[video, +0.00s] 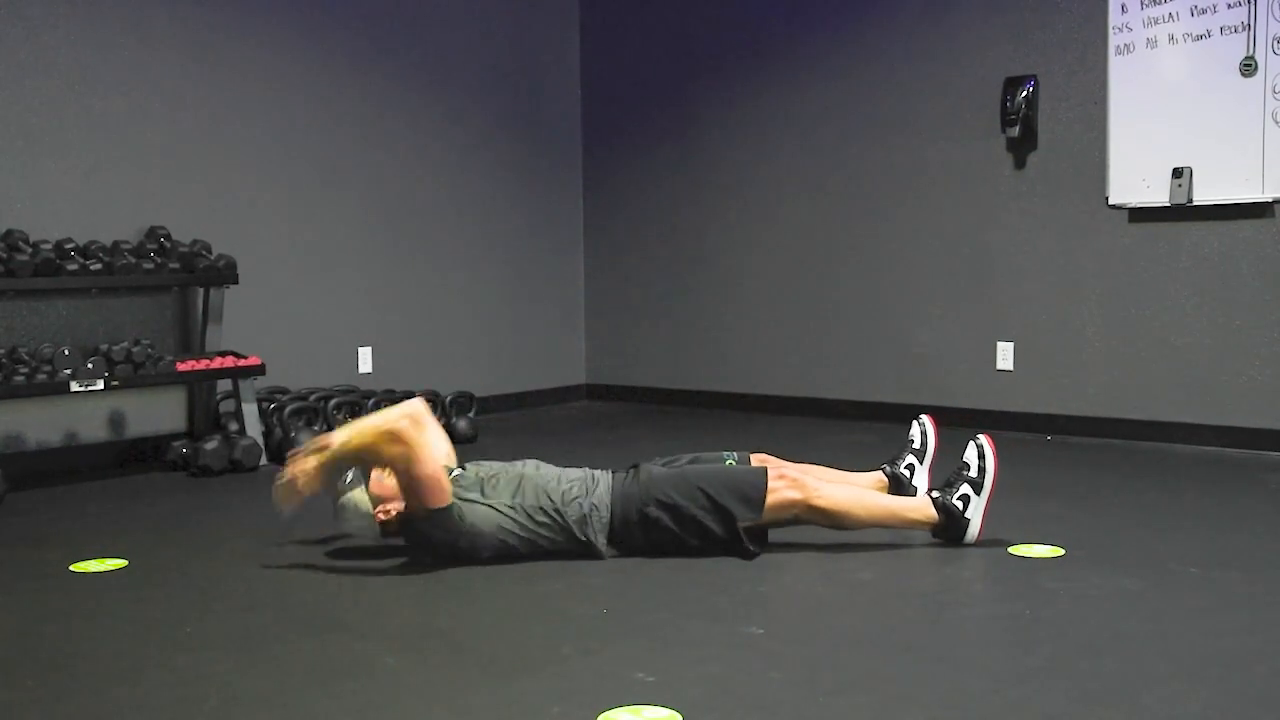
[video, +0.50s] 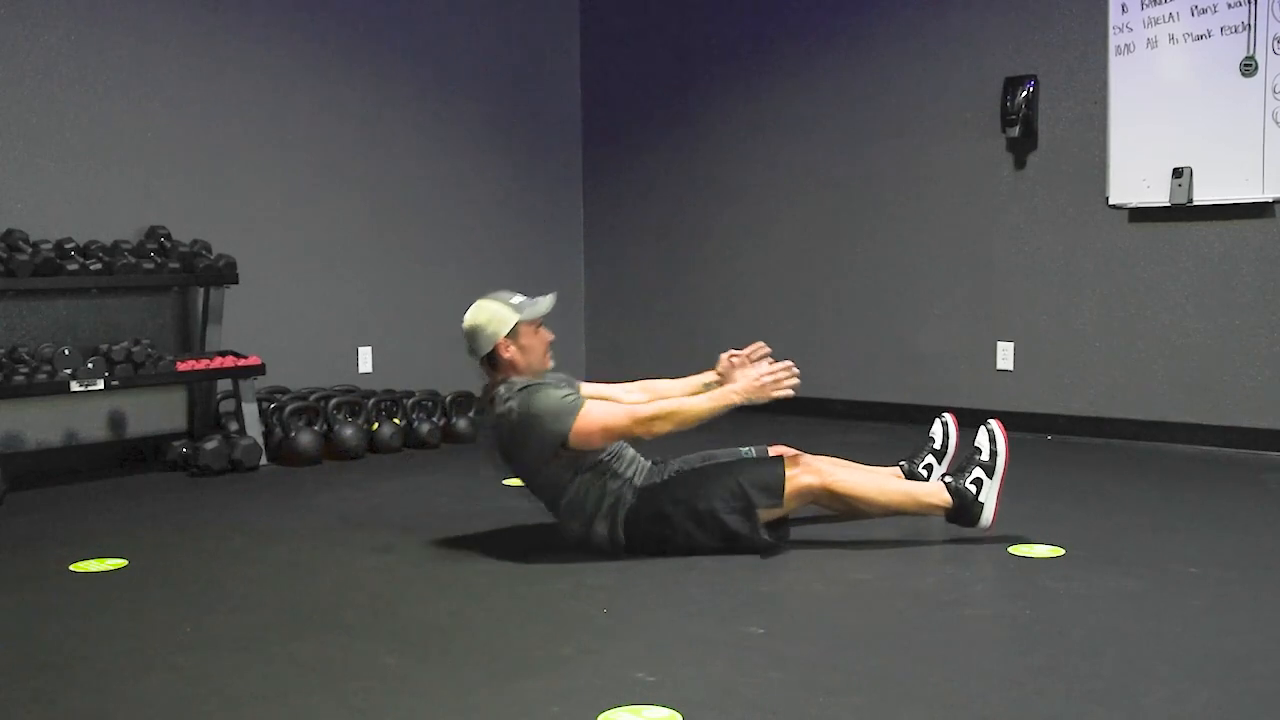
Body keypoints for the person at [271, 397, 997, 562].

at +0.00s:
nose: (385, 481)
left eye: (381, 474)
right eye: (379, 481)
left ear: (392, 484)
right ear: (383, 504)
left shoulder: (442, 499)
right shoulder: (436, 523)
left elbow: (414, 415)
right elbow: (409, 417)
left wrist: (332, 452)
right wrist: (323, 454)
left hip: (621, 486)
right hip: (620, 512)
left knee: (767, 464)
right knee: (784, 486)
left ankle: (897, 486)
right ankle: (942, 514)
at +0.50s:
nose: (546, 332)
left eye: (539, 323)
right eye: (533, 327)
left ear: (510, 345)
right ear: (506, 348)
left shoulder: (536, 388)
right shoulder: (526, 409)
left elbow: (631, 394)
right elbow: (636, 421)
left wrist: (711, 376)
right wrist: (732, 394)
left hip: (642, 487)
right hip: (635, 511)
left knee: (789, 458)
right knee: (804, 476)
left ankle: (914, 478)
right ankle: (957, 500)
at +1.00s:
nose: (702, 285)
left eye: (699, 275)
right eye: (694, 275)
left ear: (657, 285)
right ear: (665, 284)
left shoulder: (640, 339)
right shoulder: (656, 350)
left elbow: (738, 411)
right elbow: (748, 421)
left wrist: (809, 426)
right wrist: (840, 448)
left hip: (658, 493)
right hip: (658, 508)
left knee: (826, 457)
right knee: (835, 480)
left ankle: (931, 483)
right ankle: (975, 510)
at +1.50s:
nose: (576, 313)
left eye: (570, 304)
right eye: (564, 307)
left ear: (541, 325)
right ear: (536, 327)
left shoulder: (561, 374)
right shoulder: (551, 394)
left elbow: (649, 398)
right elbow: (663, 429)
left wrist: (720, 365)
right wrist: (747, 379)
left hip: (660, 477)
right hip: (647, 505)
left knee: (796, 462)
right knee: (812, 485)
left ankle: (920, 477)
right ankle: (970, 513)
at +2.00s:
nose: (411, 453)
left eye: (398, 450)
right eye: (395, 460)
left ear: (407, 461)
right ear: (397, 488)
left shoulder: (452, 485)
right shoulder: (456, 518)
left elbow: (475, 411)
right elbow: (480, 411)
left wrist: (386, 384)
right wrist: (386, 395)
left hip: (629, 482)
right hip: (629, 510)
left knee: (771, 462)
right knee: (789, 490)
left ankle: (897, 482)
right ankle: (942, 513)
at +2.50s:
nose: (395, 468)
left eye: (386, 466)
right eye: (383, 472)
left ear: (396, 475)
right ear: (386, 497)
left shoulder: (439, 493)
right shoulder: (436, 523)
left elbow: (445, 407)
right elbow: (444, 412)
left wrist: (357, 415)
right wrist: (354, 423)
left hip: (624, 485)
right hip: (622, 513)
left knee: (764, 458)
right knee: (785, 484)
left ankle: (894, 488)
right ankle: (938, 516)